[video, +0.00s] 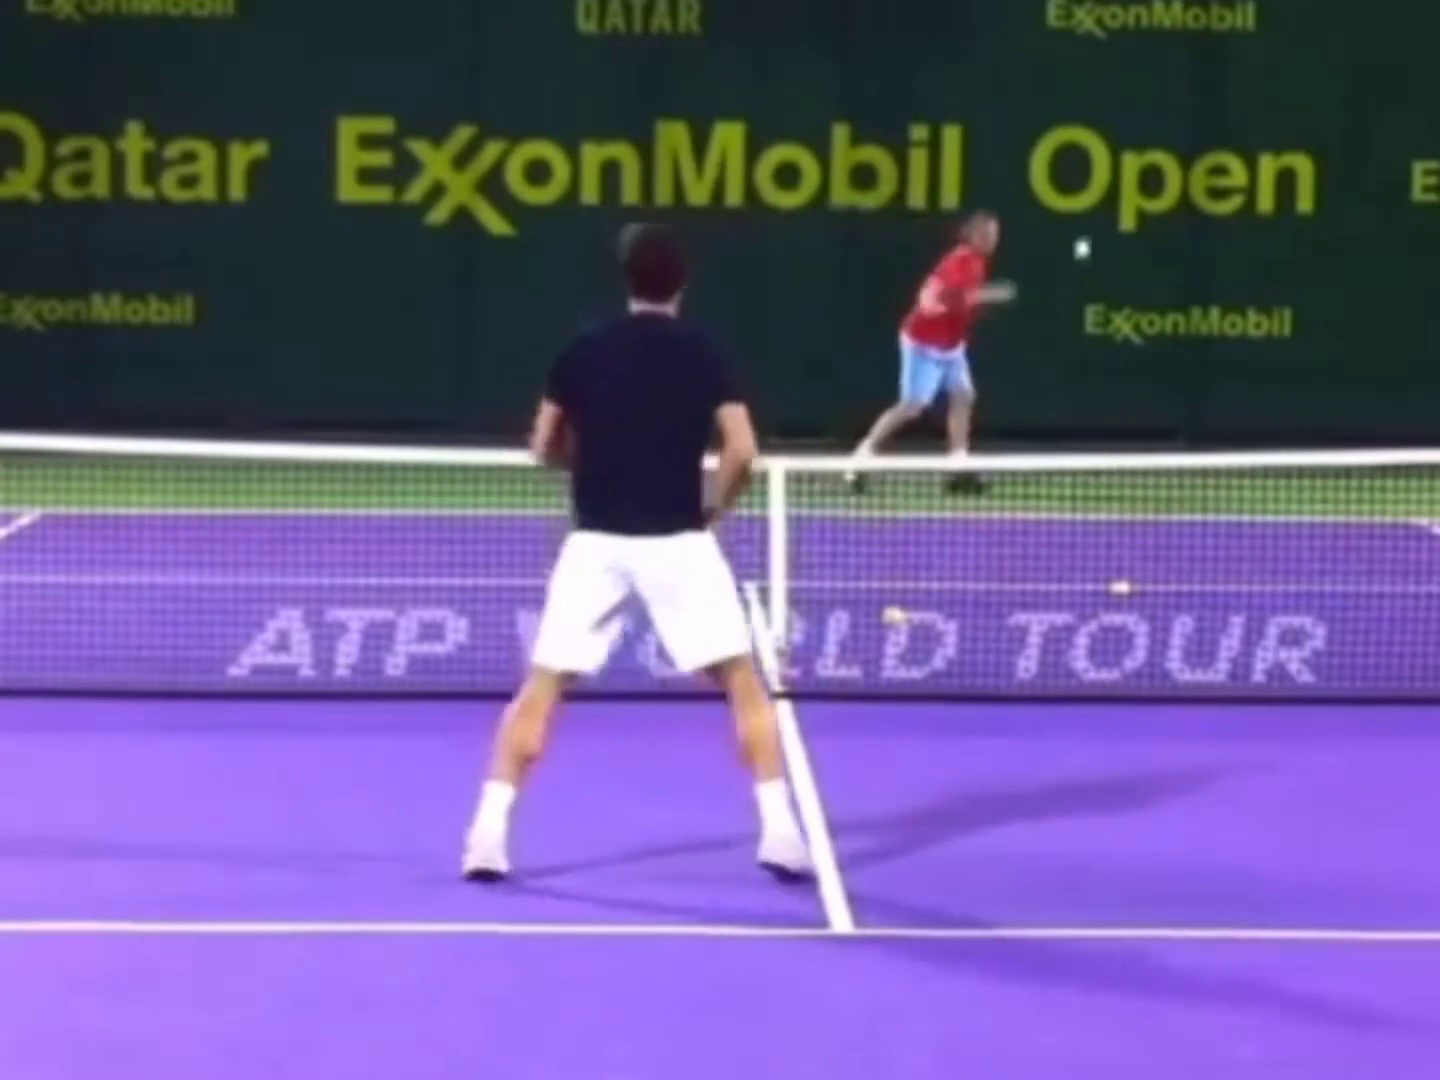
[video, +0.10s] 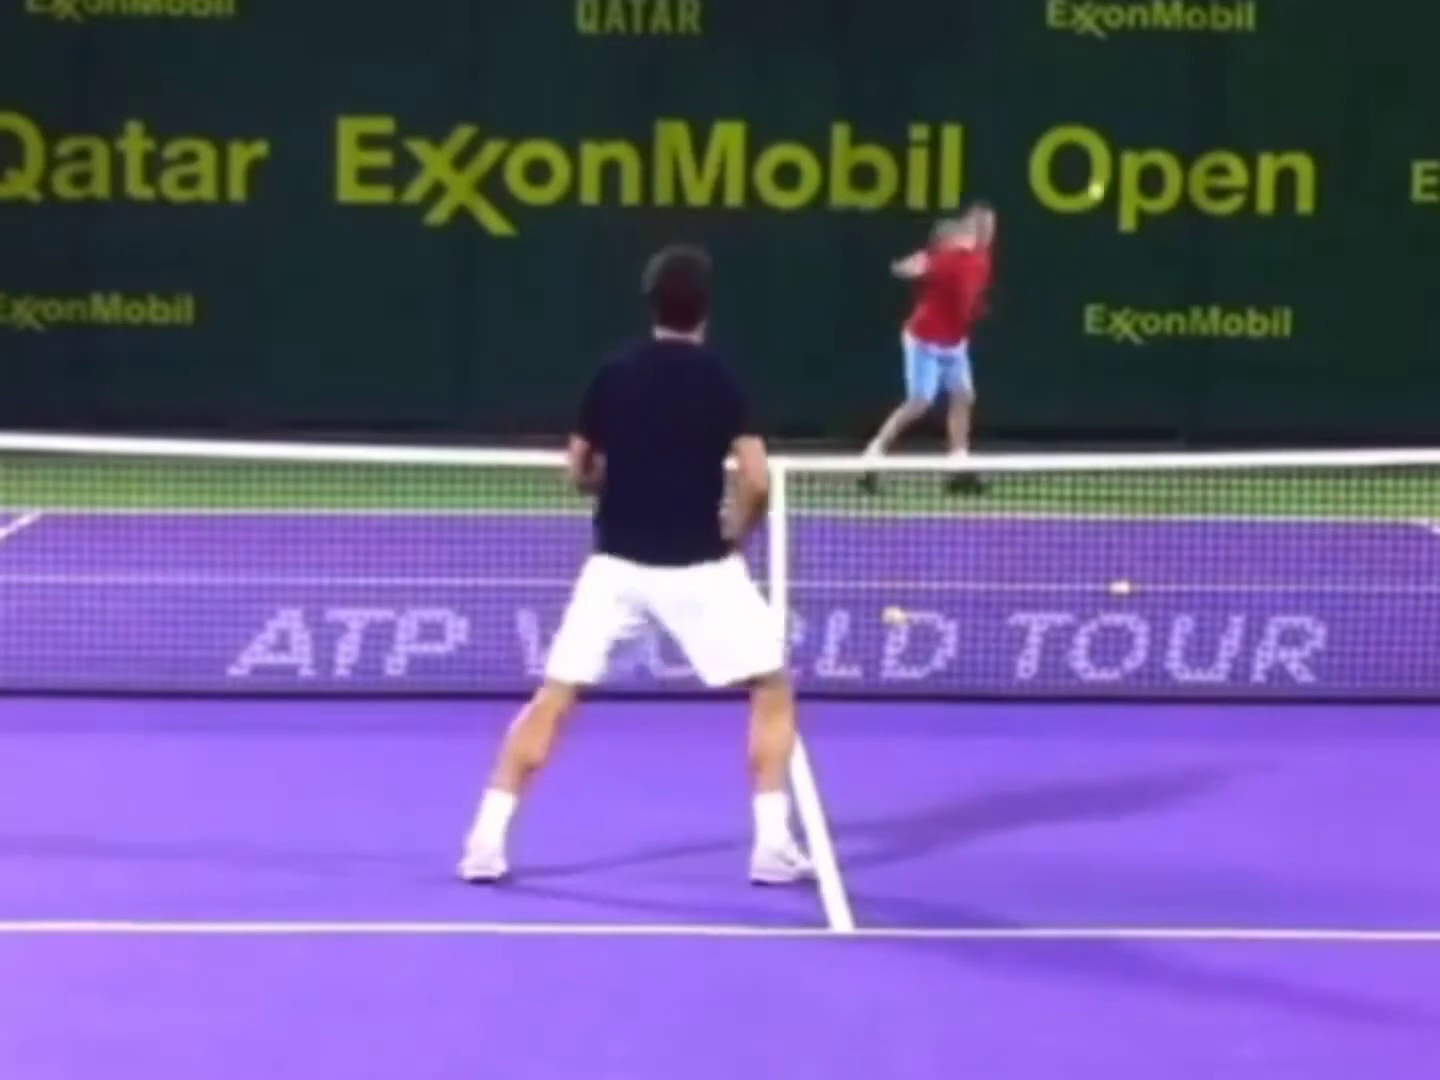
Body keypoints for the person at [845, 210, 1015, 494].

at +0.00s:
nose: (992, 241)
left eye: (994, 234)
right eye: (986, 234)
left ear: (993, 237)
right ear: (971, 235)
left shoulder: (977, 263)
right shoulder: (958, 260)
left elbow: (962, 294)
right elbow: (930, 296)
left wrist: (991, 296)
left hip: (951, 343)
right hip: (922, 342)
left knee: (963, 396)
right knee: (913, 404)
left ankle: (959, 461)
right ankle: (862, 453)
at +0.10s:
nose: (983, 233)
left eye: (987, 227)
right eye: (978, 226)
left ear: (992, 230)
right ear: (966, 226)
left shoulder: (982, 258)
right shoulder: (949, 252)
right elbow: (923, 262)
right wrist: (909, 267)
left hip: (955, 339)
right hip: (923, 337)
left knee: (962, 398)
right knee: (920, 400)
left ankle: (959, 462)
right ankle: (872, 455)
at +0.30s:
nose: (968, 223)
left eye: (973, 217)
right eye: (963, 216)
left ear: (979, 221)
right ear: (954, 219)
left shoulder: (981, 256)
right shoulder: (935, 246)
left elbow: (988, 297)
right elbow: (897, 259)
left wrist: (1010, 331)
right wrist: (882, 259)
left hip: (953, 337)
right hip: (917, 333)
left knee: (960, 399)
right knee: (916, 396)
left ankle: (959, 464)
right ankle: (879, 452)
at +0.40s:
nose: (955, 222)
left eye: (961, 216)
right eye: (951, 215)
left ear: (968, 219)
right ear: (941, 217)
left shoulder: (977, 254)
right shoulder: (921, 247)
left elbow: (981, 298)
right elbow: (879, 281)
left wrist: (990, 331)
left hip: (952, 335)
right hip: (912, 333)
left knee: (956, 400)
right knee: (900, 394)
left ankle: (960, 464)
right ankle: (863, 445)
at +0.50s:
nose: (938, 220)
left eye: (942, 213)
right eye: (933, 213)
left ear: (951, 217)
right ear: (925, 216)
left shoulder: (960, 254)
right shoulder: (910, 248)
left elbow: (968, 290)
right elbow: (878, 279)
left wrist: (962, 320)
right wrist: (880, 306)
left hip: (941, 338)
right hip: (902, 336)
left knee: (954, 401)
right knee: (888, 393)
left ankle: (956, 459)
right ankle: (861, 448)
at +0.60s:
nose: (915, 224)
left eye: (921, 216)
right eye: (910, 217)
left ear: (930, 220)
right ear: (903, 221)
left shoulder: (942, 257)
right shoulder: (898, 256)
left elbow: (952, 300)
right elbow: (893, 297)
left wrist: (931, 327)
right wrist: (898, 326)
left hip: (928, 337)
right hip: (896, 336)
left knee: (942, 396)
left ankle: (950, 450)